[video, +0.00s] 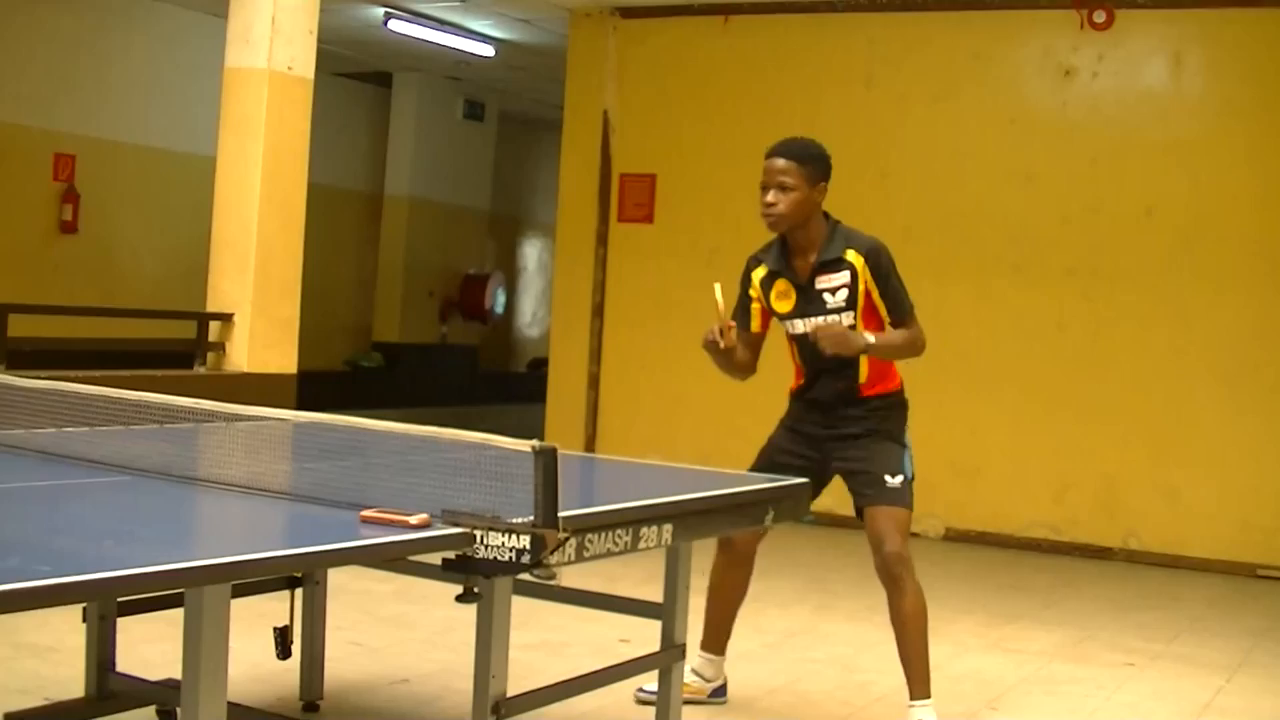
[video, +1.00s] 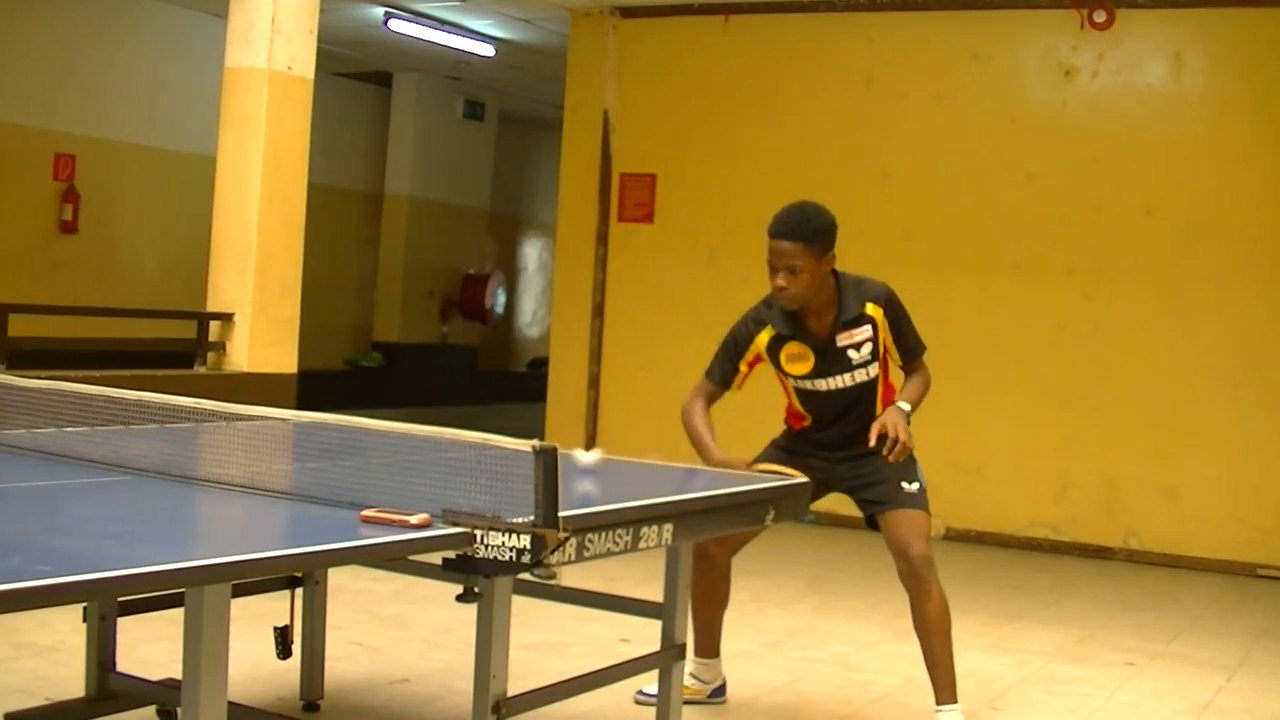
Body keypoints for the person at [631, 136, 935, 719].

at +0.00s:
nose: (767, 199)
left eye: (781, 189)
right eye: (764, 188)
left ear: (819, 192)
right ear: (761, 191)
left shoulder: (865, 254)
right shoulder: (760, 269)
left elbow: (912, 339)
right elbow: (744, 364)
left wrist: (861, 342)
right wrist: (723, 352)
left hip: (873, 418)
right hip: (807, 417)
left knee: (890, 553)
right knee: (738, 529)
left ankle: (921, 706)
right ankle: (708, 671)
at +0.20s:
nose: (758, 200)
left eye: (772, 189)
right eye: (754, 189)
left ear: (810, 192)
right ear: (753, 191)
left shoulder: (857, 255)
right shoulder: (752, 270)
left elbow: (903, 335)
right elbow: (736, 366)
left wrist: (873, 402)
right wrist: (719, 356)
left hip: (857, 422)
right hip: (790, 423)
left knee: (882, 557)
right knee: (717, 530)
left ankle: (918, 706)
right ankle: (705, 673)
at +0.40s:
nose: (752, 199)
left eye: (766, 188)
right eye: (749, 187)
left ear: (804, 191)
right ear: (748, 191)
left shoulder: (854, 255)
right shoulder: (746, 269)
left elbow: (896, 330)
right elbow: (727, 365)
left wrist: (882, 412)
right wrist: (710, 355)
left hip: (849, 427)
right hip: (781, 426)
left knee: (878, 556)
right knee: (711, 531)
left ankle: (919, 703)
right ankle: (705, 672)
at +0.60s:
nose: (767, 211)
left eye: (781, 199)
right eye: (763, 198)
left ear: (818, 201)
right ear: (760, 200)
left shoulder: (866, 266)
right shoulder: (755, 276)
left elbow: (909, 340)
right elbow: (725, 369)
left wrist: (887, 412)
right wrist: (708, 365)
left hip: (859, 435)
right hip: (788, 435)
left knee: (901, 557)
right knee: (709, 533)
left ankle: (946, 707)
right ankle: (704, 673)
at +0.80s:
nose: (778, 253)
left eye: (791, 241)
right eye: (773, 240)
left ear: (827, 239)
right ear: (769, 238)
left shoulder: (877, 292)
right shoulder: (762, 310)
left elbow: (920, 366)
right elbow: (720, 394)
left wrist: (892, 415)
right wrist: (719, 424)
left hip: (878, 444)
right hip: (804, 446)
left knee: (917, 559)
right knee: (714, 542)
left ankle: (949, 710)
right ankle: (704, 674)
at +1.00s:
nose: (778, 283)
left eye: (791, 271)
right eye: (772, 269)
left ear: (828, 263)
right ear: (766, 262)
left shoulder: (876, 301)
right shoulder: (761, 324)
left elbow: (919, 371)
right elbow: (694, 403)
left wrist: (901, 408)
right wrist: (713, 456)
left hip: (875, 446)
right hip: (802, 448)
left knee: (916, 558)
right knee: (710, 543)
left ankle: (948, 708)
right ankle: (704, 675)